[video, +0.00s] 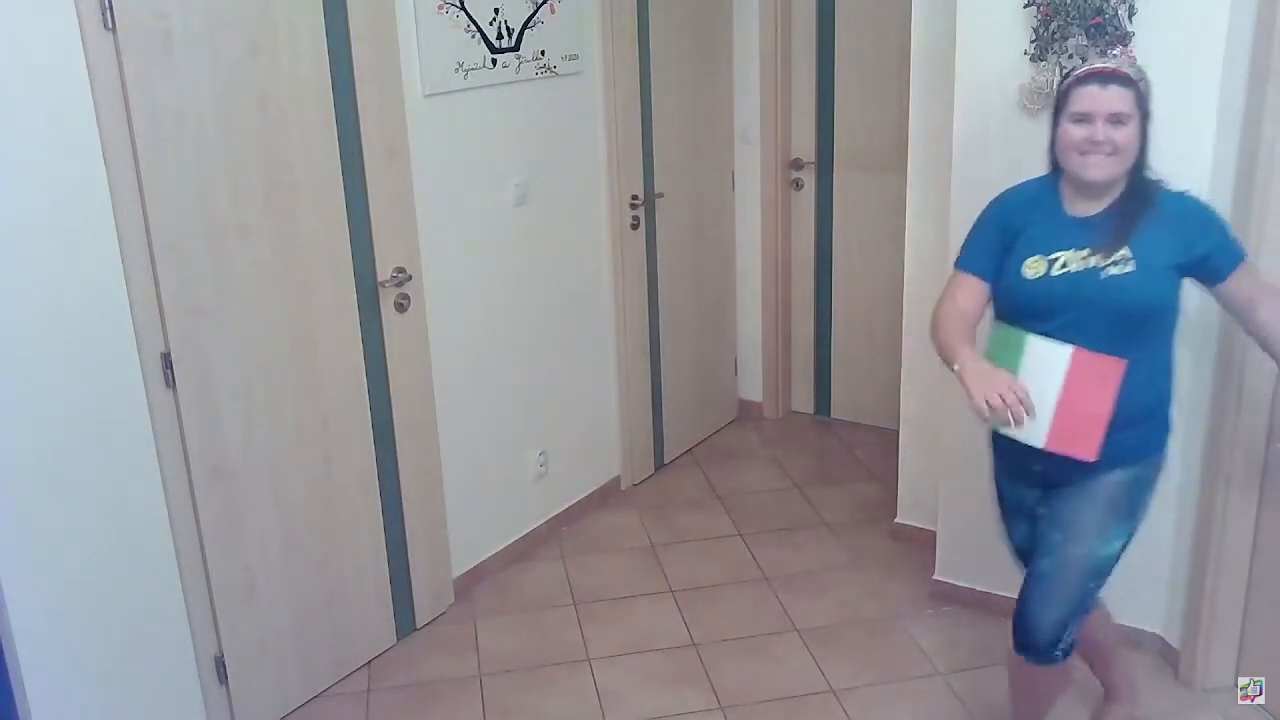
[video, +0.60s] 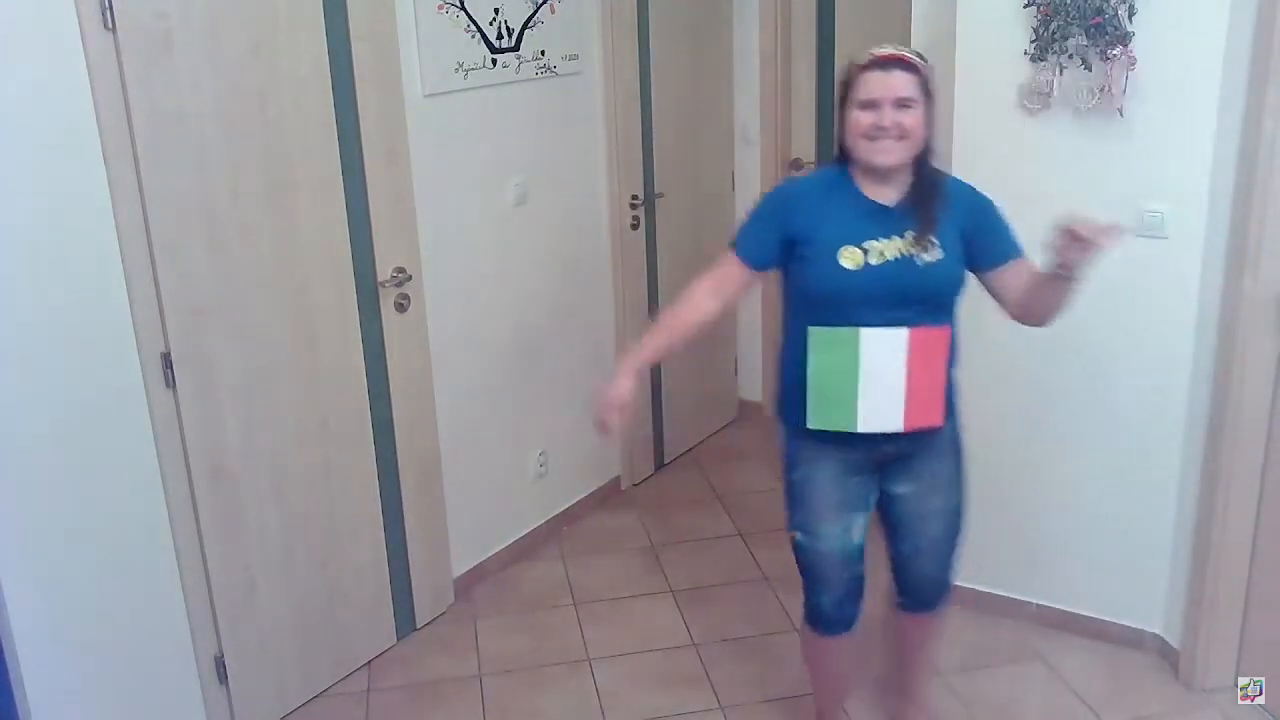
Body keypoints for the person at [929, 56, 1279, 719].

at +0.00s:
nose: (1098, 134)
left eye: (1118, 119)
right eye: (1081, 118)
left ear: (1141, 133)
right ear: (1055, 129)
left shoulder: (1180, 221)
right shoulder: (1014, 211)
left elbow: (1263, 310)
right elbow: (954, 315)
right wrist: (969, 365)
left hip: (1117, 458)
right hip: (1020, 447)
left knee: (1039, 627)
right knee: (1062, 589)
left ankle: (1026, 714)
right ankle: (1123, 693)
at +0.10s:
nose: (1068, 127)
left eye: (1087, 114)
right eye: (1052, 113)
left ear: (1112, 129)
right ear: (1027, 126)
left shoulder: (1148, 218)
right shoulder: (982, 211)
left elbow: (1236, 306)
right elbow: (922, 318)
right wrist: (950, 383)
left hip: (1094, 455)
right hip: (991, 445)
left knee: (1033, 629)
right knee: (977, 605)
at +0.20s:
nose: (1034, 120)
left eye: (1053, 108)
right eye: (1017, 106)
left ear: (1077, 124)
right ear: (993, 120)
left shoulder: (1115, 213)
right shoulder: (946, 209)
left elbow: (1215, 288)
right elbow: (875, 312)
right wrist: (882, 393)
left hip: (1068, 457)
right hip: (960, 449)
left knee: (1022, 624)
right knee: (917, 600)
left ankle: (1017, 717)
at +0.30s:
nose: (996, 131)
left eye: (1015, 118)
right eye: (979, 117)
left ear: (1039, 135)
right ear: (954, 132)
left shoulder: (1075, 223)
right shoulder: (908, 219)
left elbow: (1178, 281)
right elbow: (834, 306)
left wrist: (1260, 299)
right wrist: (805, 396)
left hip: (1037, 465)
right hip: (927, 459)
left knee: (1007, 636)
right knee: (874, 625)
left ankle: (1016, 718)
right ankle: (853, 713)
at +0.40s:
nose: (969, 144)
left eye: (987, 131)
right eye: (953, 130)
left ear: (1012, 147)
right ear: (927, 144)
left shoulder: (1047, 234)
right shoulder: (883, 229)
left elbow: (1149, 294)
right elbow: (798, 319)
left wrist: (1226, 293)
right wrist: (758, 404)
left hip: (1010, 471)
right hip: (901, 468)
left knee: (998, 642)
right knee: (859, 639)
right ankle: (834, 715)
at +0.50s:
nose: (928, 140)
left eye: (945, 127)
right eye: (911, 126)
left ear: (969, 141)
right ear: (885, 139)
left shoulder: (997, 233)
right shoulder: (838, 224)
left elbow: (1086, 309)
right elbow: (758, 315)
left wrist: (1143, 288)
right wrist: (690, 397)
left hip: (963, 458)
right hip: (856, 457)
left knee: (973, 615)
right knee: (845, 629)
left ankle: (998, 715)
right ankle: (831, 717)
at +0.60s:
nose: (886, 121)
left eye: (904, 106)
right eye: (868, 106)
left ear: (928, 121)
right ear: (843, 121)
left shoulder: (959, 207)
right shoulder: (797, 205)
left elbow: (1030, 306)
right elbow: (713, 292)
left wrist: (1065, 267)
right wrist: (630, 368)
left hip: (927, 440)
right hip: (825, 443)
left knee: (925, 593)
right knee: (832, 607)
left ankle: (908, 703)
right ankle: (830, 713)